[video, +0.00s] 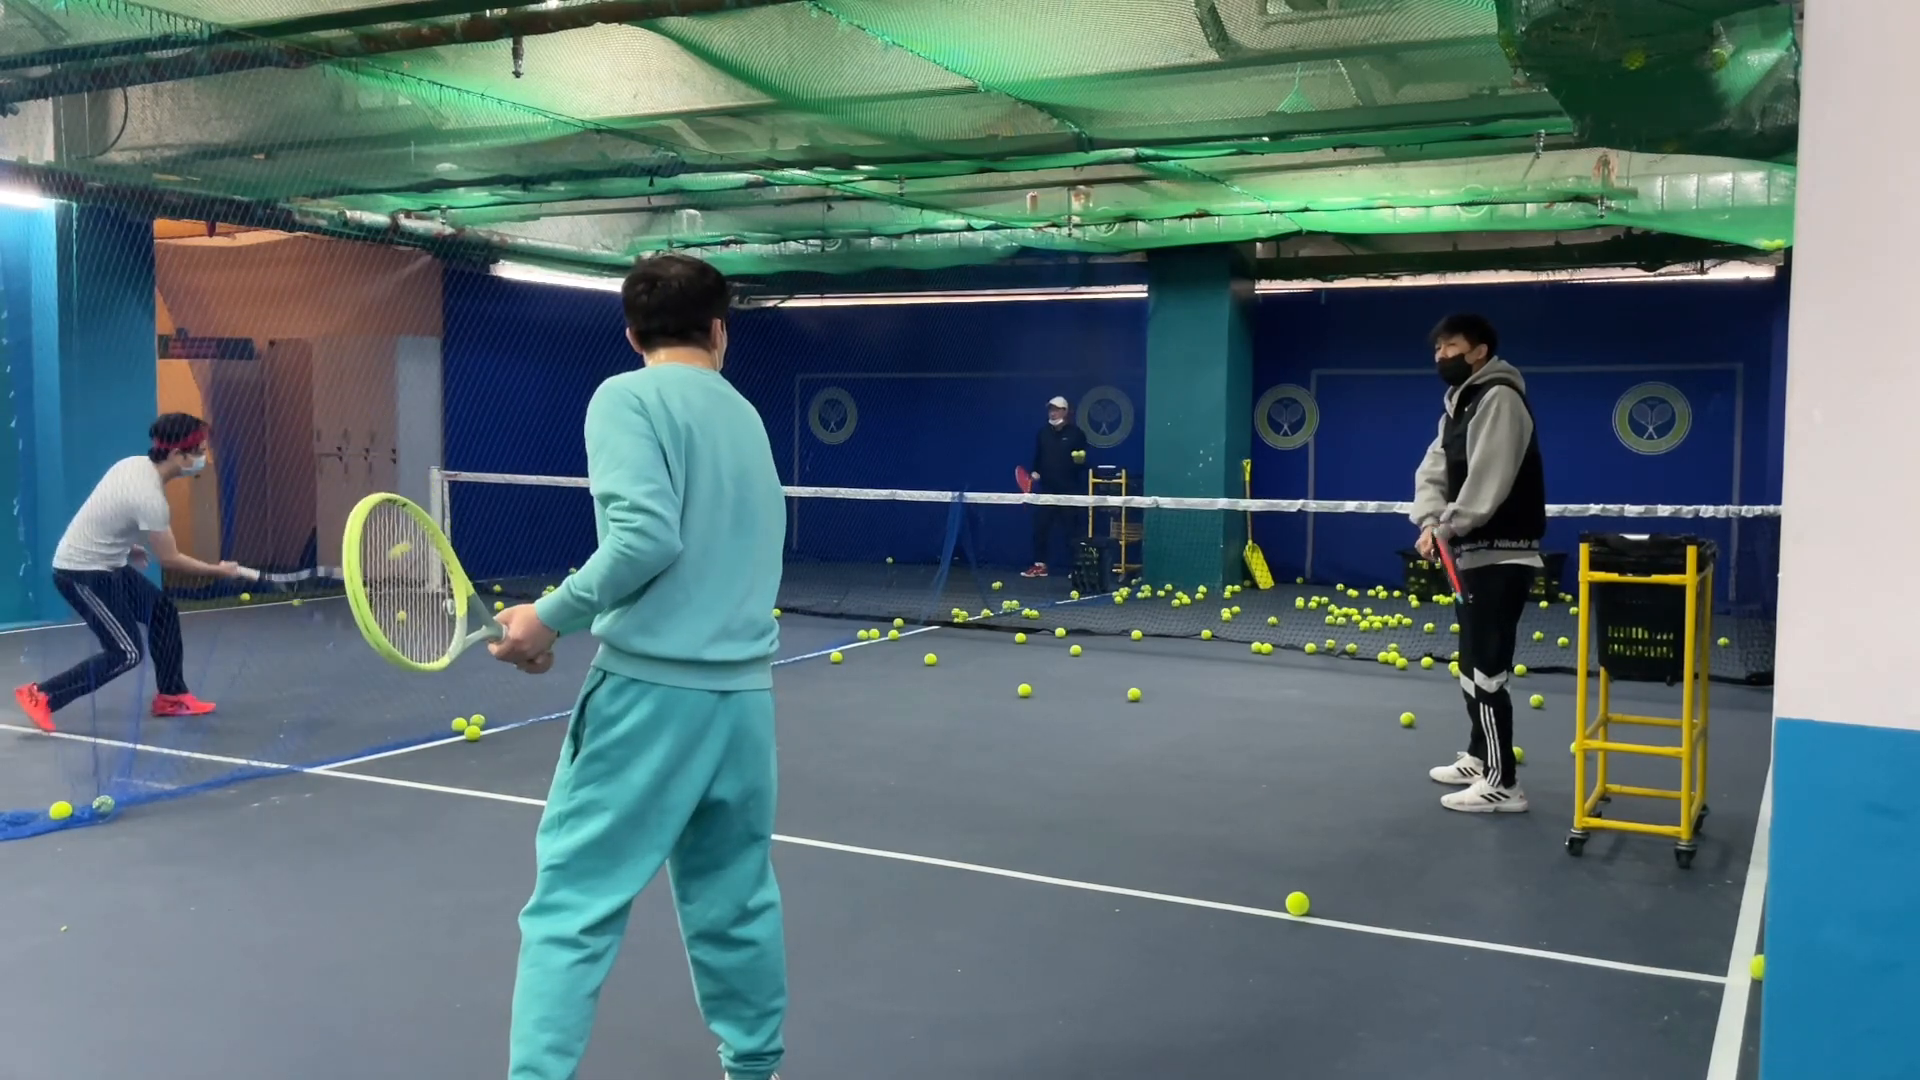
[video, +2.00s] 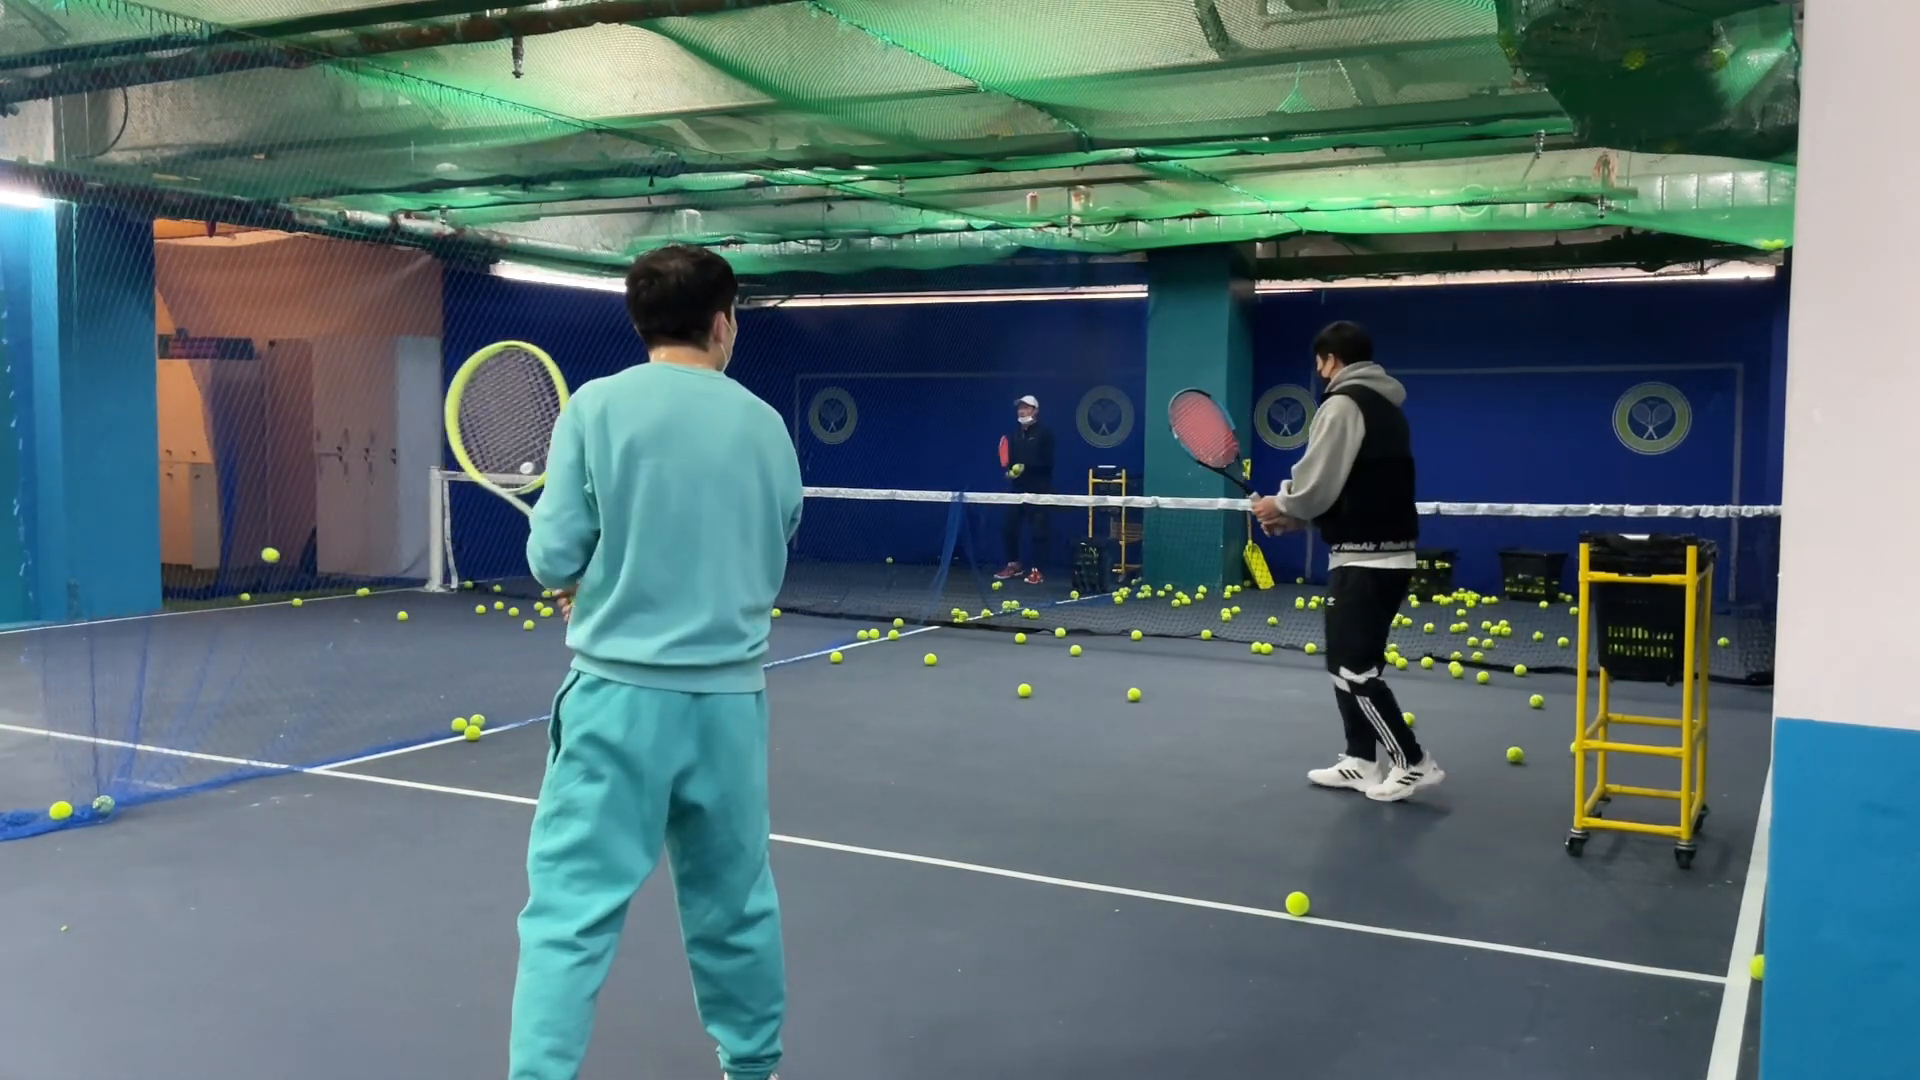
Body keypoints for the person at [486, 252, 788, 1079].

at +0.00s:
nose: (731, 338)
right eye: (729, 327)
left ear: (637, 332)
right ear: (717, 331)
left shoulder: (627, 398)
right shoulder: (745, 418)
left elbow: (646, 536)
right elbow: (750, 556)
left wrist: (547, 616)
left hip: (647, 700)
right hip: (744, 703)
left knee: (572, 910)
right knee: (735, 898)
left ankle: (539, 1069)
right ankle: (755, 1063)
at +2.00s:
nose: (735, 328)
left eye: (732, 315)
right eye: (734, 316)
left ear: (639, 325)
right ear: (721, 322)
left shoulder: (592, 409)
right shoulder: (766, 425)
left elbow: (555, 555)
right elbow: (769, 548)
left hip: (615, 704)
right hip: (731, 707)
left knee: (570, 909)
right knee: (734, 900)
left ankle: (540, 1069)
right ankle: (750, 1064)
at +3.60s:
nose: (732, 330)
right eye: (731, 319)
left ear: (634, 324)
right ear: (723, 323)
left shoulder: (605, 400)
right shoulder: (754, 426)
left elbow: (533, 535)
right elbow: (657, 563)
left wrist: (469, 513)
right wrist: (521, 556)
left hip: (617, 708)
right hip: (726, 710)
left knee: (579, 920)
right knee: (732, 905)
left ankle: (554, 1071)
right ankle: (752, 1065)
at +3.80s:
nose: (606, 326)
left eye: (608, 316)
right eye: (713, 320)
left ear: (615, 324)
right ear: (705, 325)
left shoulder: (604, 393)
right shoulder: (722, 419)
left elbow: (530, 506)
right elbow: (593, 533)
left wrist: (431, 471)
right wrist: (465, 524)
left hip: (615, 709)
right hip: (718, 708)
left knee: (582, 927)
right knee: (724, 904)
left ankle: (562, 1071)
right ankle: (753, 1064)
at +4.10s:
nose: (564, 322)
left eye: (564, 311)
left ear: (571, 323)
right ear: (665, 325)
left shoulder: (600, 399)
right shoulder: (674, 413)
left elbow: (592, 519)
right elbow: (571, 536)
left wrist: (456, 483)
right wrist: (453, 525)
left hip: (608, 710)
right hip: (692, 706)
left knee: (572, 932)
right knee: (705, 901)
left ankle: (561, 1070)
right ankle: (748, 1064)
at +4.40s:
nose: (523, 328)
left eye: (523, 316)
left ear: (529, 325)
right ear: (621, 320)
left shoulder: (568, 399)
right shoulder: (641, 411)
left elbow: (588, 535)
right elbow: (553, 570)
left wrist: (445, 519)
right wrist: (441, 559)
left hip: (588, 706)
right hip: (671, 699)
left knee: (549, 938)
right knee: (672, 881)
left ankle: (550, 1070)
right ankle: (736, 1054)